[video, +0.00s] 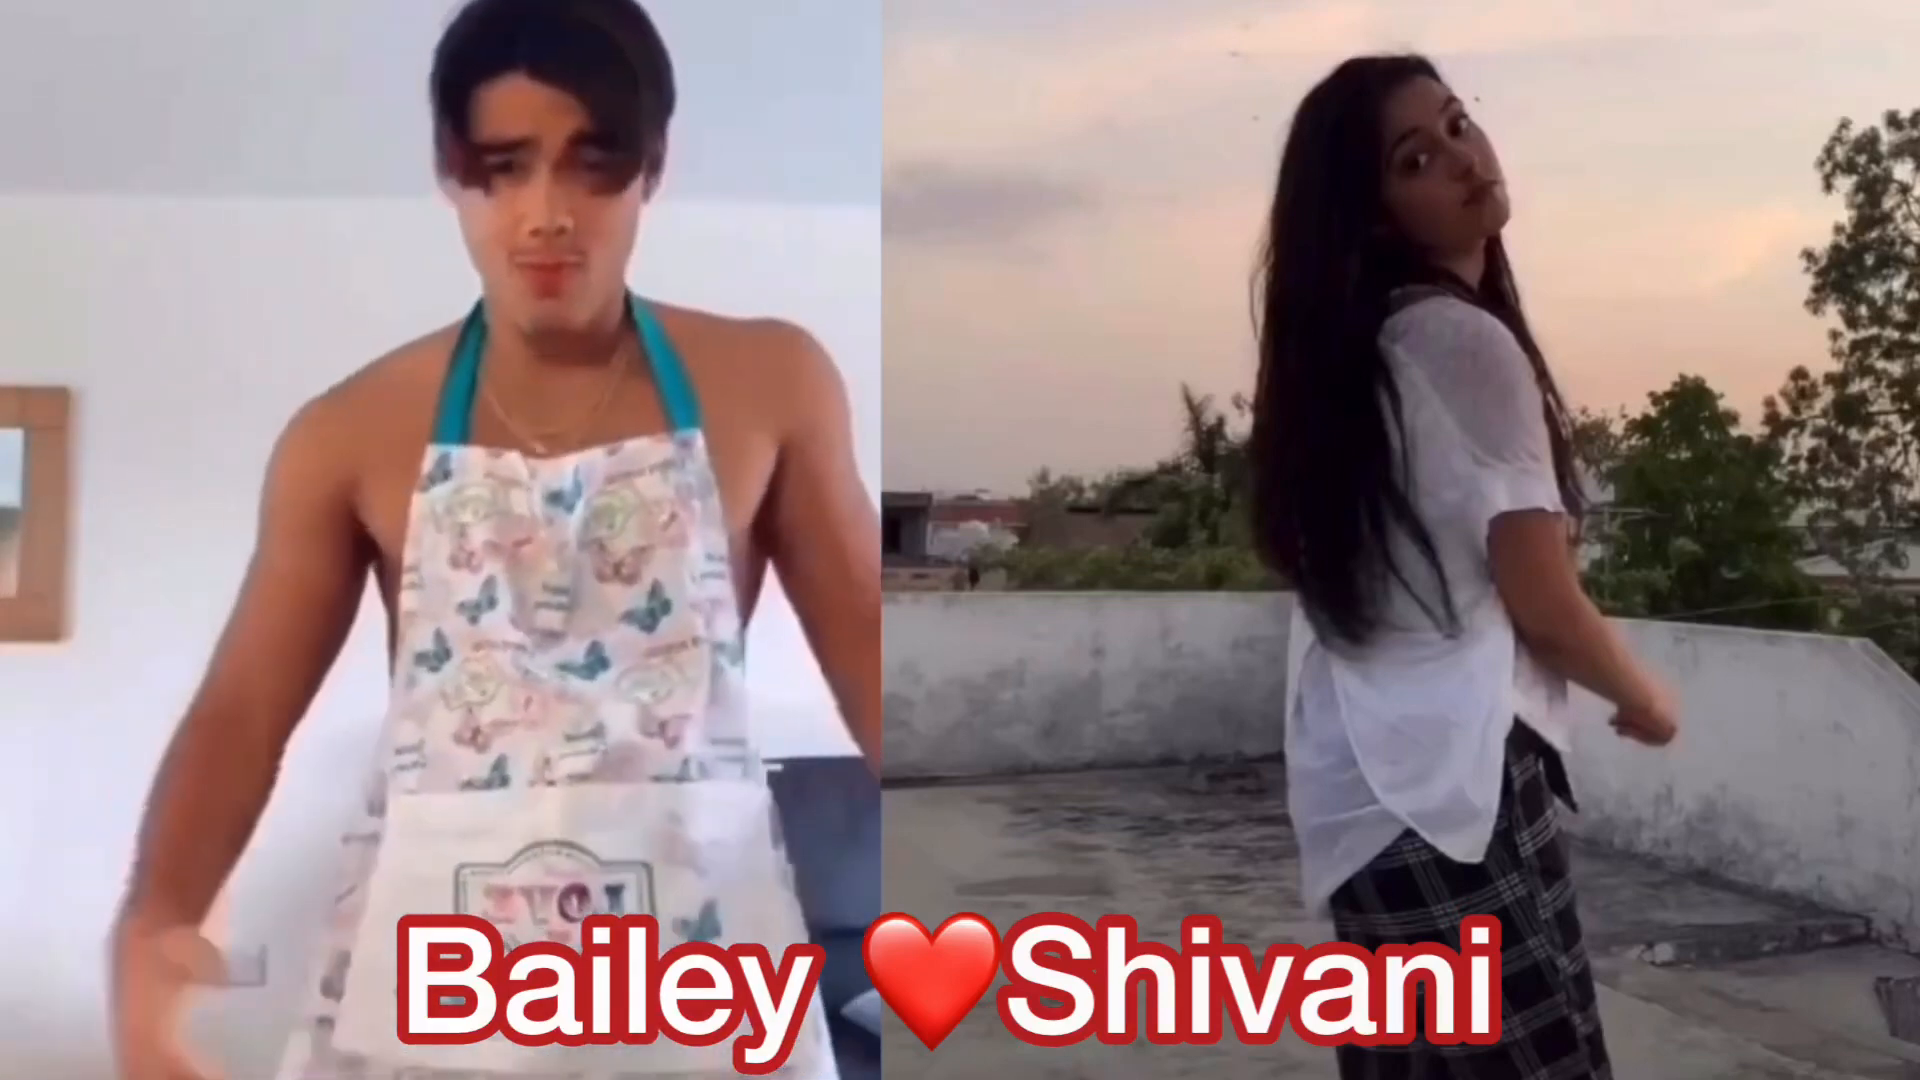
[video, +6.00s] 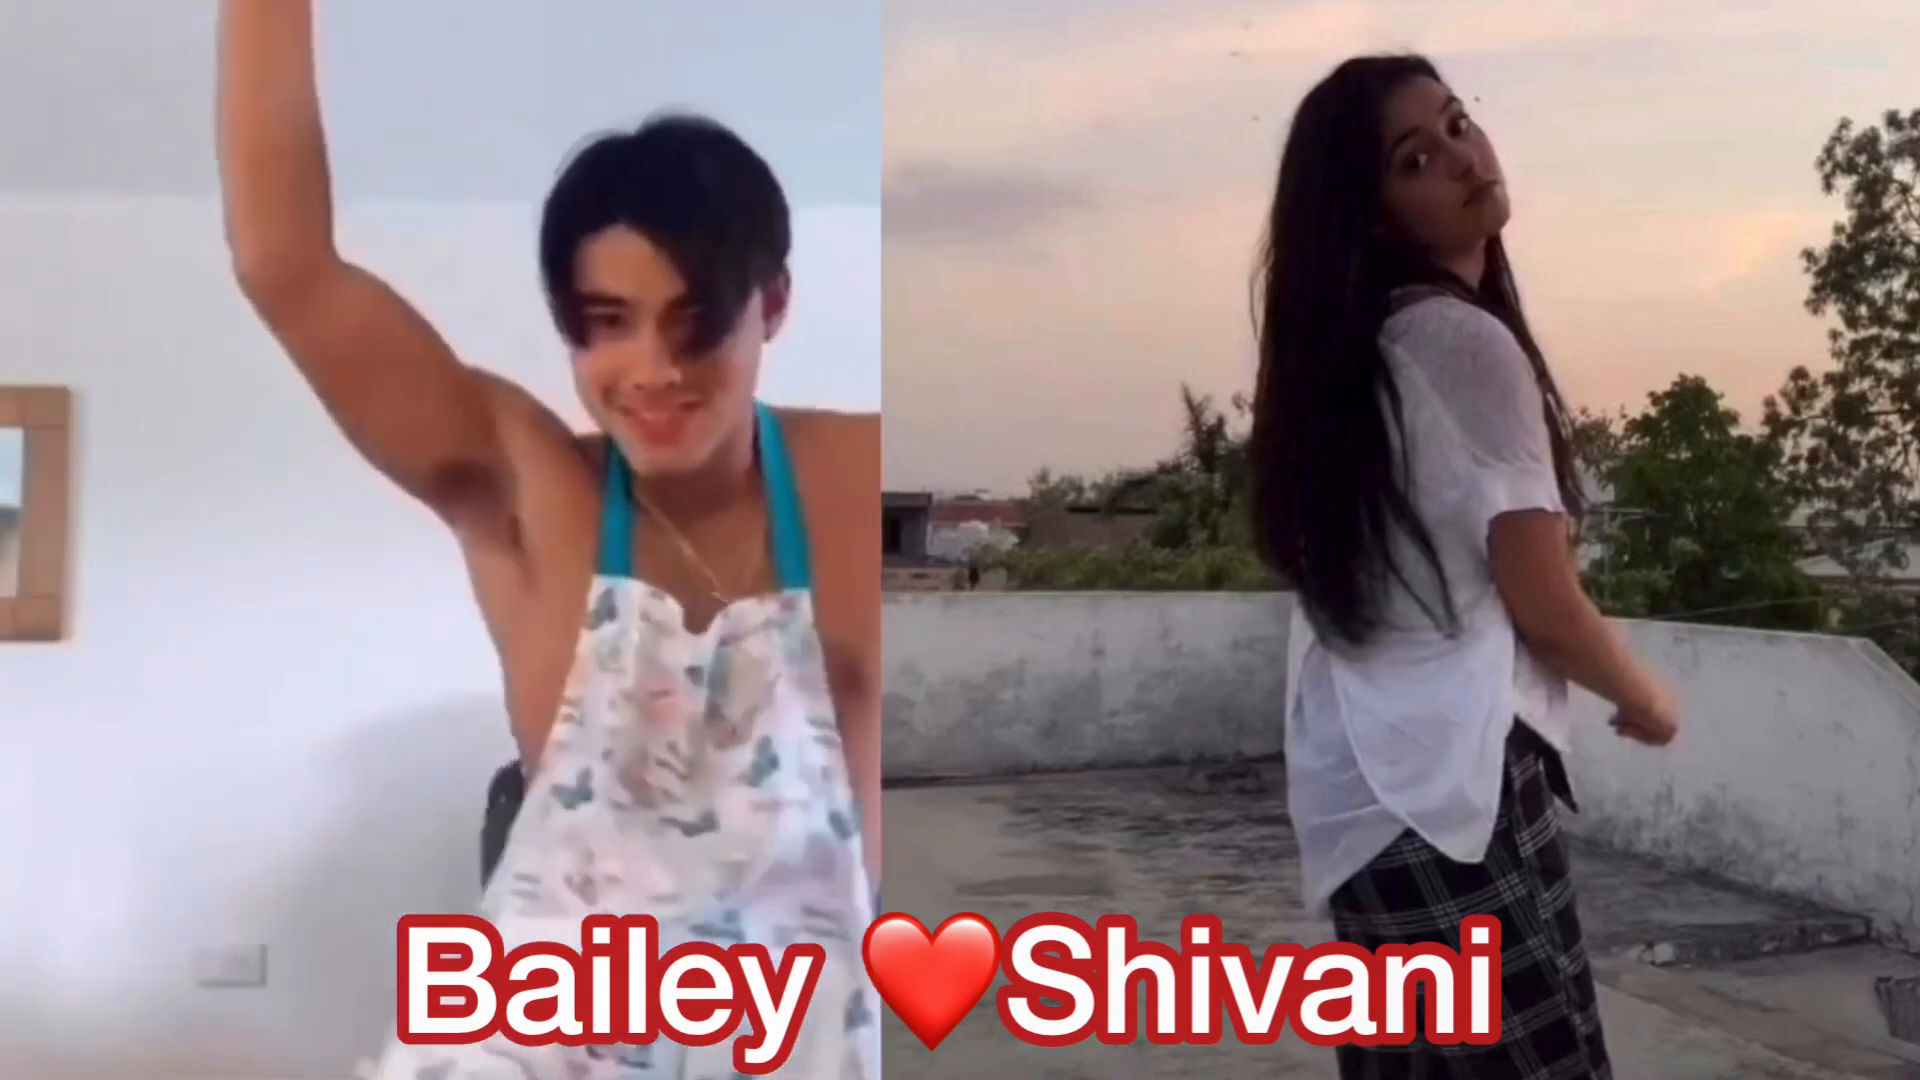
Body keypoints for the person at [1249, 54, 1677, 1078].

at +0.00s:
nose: (1467, 158)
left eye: (1459, 125)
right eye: (1418, 159)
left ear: (1480, 129)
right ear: (1370, 210)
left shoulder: (1352, 332)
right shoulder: (1464, 339)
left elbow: (1392, 565)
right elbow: (1544, 602)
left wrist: (1545, 666)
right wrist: (1643, 697)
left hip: (1361, 783)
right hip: (1451, 789)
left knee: (1396, 1056)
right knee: (1544, 1055)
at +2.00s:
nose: (1466, 158)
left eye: (1459, 125)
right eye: (1417, 158)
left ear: (1480, 129)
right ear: (1370, 210)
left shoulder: (1354, 333)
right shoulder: (1465, 339)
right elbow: (1546, 604)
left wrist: (1561, 666)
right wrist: (1642, 696)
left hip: (1362, 783)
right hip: (1452, 789)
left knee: (1397, 1056)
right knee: (1545, 1056)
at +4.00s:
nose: (1466, 157)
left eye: (1459, 125)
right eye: (1417, 158)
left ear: (1480, 128)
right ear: (1370, 211)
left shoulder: (1353, 333)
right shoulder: (1465, 339)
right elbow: (1546, 604)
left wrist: (1560, 666)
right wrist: (1643, 697)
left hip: (1361, 783)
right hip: (1452, 789)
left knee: (1397, 1056)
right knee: (1545, 1056)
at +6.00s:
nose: (1466, 157)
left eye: (1459, 125)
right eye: (1417, 158)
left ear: (1480, 128)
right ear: (1370, 211)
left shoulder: (1353, 333)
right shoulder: (1465, 339)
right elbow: (1546, 604)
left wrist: (1560, 666)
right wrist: (1643, 697)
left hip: (1361, 783)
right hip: (1452, 789)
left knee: (1397, 1056)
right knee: (1545, 1056)